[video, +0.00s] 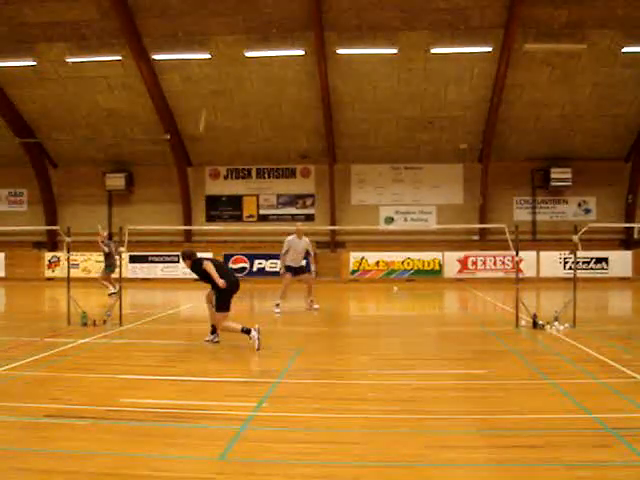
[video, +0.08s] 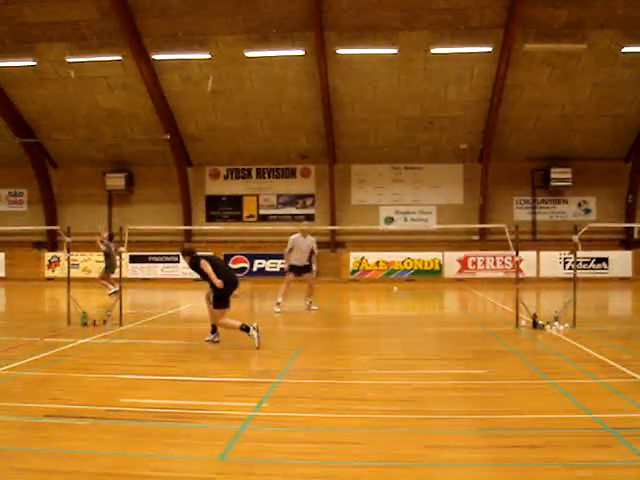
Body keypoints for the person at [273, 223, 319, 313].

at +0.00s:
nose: (299, 230)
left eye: (301, 228)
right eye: (298, 228)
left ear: (303, 230)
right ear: (295, 229)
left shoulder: (306, 241)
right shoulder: (289, 240)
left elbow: (311, 255)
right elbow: (283, 253)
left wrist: (312, 269)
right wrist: (282, 267)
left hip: (300, 264)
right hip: (289, 264)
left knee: (309, 279)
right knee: (287, 279)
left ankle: (310, 302)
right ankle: (279, 303)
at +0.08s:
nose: (305, 230)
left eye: (307, 228)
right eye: (303, 228)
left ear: (309, 229)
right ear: (300, 229)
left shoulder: (311, 240)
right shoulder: (293, 239)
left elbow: (314, 253)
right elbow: (287, 251)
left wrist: (314, 267)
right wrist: (286, 263)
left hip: (305, 264)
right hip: (293, 263)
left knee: (310, 281)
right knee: (288, 280)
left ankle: (308, 303)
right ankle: (278, 302)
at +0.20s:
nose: (312, 227)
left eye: (314, 225)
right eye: (311, 224)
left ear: (316, 226)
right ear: (308, 225)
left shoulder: (318, 236)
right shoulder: (300, 234)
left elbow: (321, 249)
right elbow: (294, 245)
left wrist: (319, 260)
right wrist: (294, 257)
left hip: (312, 261)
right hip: (301, 260)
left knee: (316, 280)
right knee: (296, 277)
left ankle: (312, 301)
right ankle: (289, 298)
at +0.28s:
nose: (314, 227)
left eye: (316, 225)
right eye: (312, 224)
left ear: (317, 226)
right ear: (308, 224)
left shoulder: (319, 235)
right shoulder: (301, 234)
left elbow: (323, 249)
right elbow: (295, 246)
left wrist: (320, 260)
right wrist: (296, 257)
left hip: (314, 259)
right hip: (302, 259)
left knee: (318, 278)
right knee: (298, 277)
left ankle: (316, 298)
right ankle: (291, 298)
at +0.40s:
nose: (317, 228)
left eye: (319, 226)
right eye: (315, 225)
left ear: (321, 227)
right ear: (312, 227)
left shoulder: (325, 238)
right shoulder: (308, 236)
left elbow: (329, 252)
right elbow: (302, 247)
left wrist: (323, 263)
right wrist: (301, 258)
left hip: (320, 262)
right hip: (309, 262)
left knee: (324, 282)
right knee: (304, 281)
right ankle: (303, 298)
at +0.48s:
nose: (318, 231)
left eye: (320, 229)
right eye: (316, 229)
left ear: (322, 230)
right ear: (314, 230)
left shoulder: (325, 240)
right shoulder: (310, 239)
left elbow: (331, 254)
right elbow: (306, 250)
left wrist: (323, 263)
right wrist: (303, 258)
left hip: (322, 264)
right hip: (312, 264)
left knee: (327, 282)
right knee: (308, 284)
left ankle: (334, 299)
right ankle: (313, 298)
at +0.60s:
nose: (316, 227)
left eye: (318, 225)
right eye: (315, 225)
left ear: (321, 227)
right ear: (313, 226)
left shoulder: (322, 238)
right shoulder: (309, 235)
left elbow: (329, 249)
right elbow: (305, 244)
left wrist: (321, 254)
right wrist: (304, 252)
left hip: (322, 261)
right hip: (312, 261)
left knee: (326, 278)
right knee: (314, 281)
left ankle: (333, 296)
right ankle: (322, 296)